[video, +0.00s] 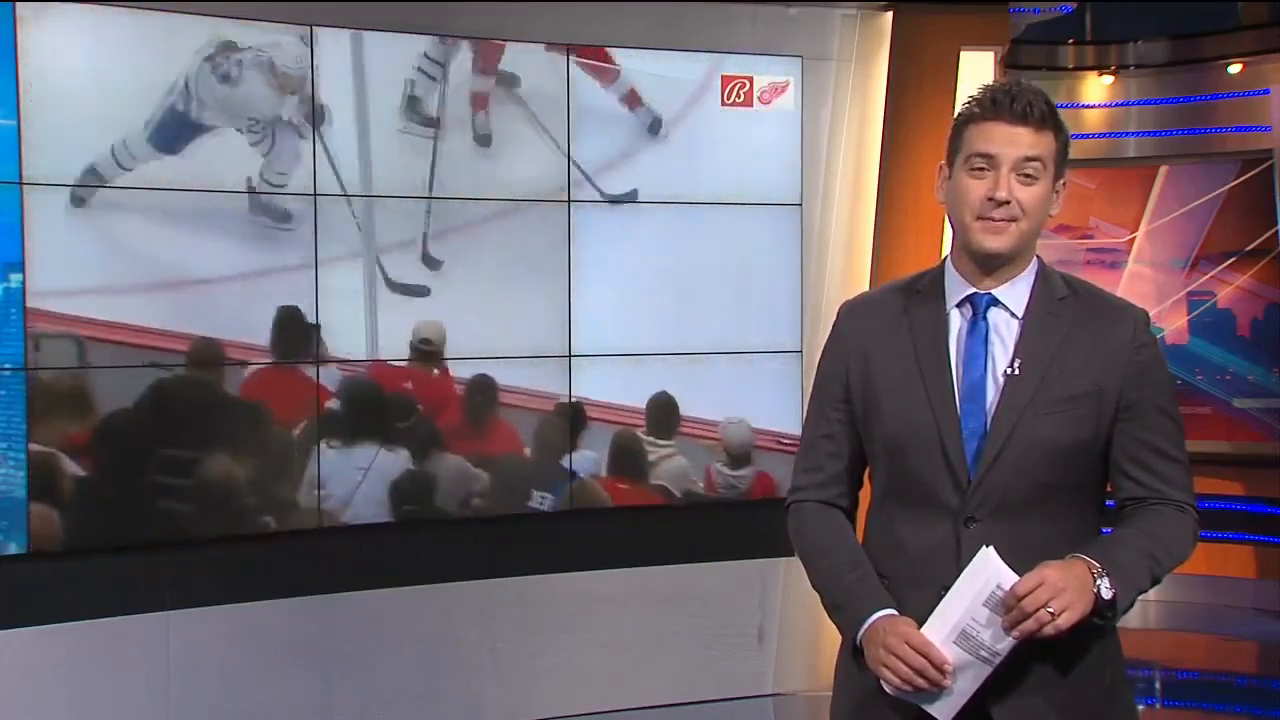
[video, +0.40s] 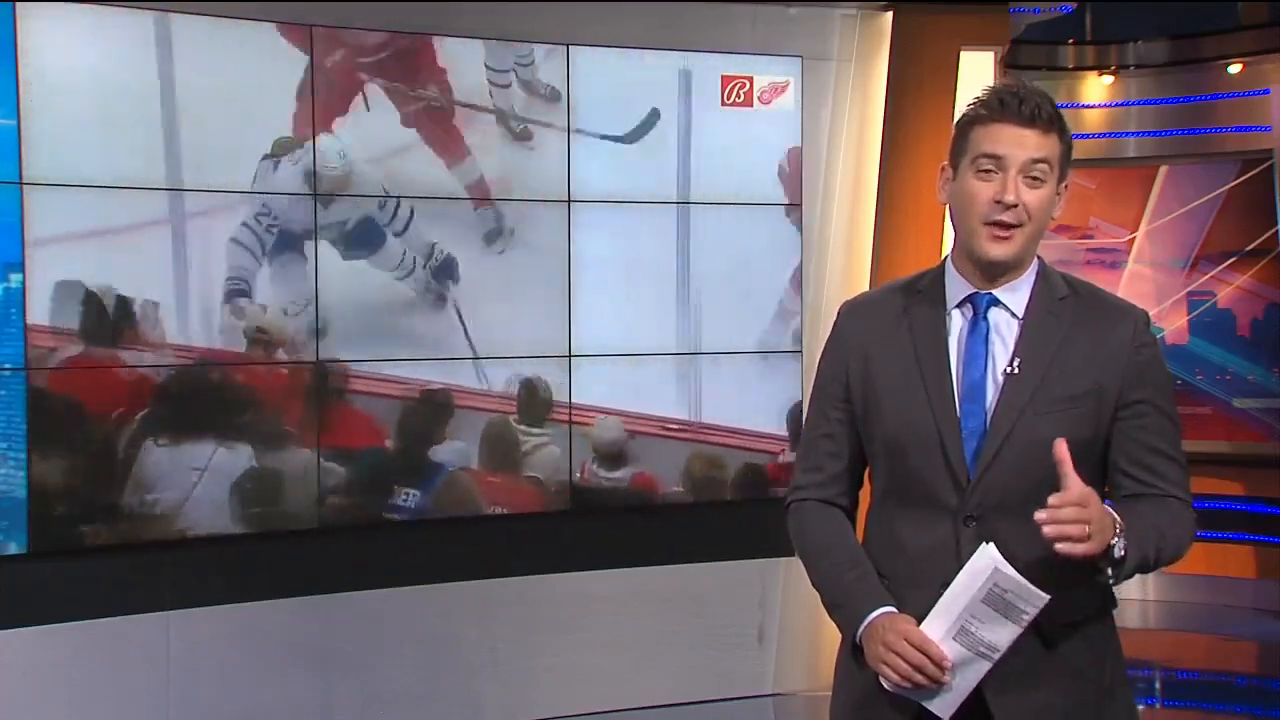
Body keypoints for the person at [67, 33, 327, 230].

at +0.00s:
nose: (295, 85)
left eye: (300, 80)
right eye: (293, 78)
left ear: (303, 78)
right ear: (279, 69)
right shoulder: (242, 77)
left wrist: (309, 114)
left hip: (254, 114)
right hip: (200, 100)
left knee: (288, 151)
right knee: (151, 145)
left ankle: (264, 199)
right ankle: (96, 175)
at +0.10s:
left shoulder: (336, 91)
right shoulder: (300, 121)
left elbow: (348, 84)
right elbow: (286, 172)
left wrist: (355, 134)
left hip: (290, 141)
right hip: (241, 128)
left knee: (342, 182)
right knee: (221, 194)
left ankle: (323, 215)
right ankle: (184, 152)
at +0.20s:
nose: (360, 129)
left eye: (365, 122)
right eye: (354, 122)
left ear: (371, 120)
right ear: (340, 116)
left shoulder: (365, 125)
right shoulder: (314, 137)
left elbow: (374, 161)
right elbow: (278, 186)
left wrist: (386, 198)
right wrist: (290, 233)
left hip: (322, 154)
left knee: (360, 202)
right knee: (278, 220)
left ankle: (367, 233)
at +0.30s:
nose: (353, 166)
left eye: (357, 160)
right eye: (347, 160)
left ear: (365, 153)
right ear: (332, 154)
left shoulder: (374, 159)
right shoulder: (297, 162)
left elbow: (397, 208)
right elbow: (261, 208)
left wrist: (415, 252)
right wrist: (254, 255)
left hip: (340, 189)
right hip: (296, 196)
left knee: (369, 217)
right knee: (308, 244)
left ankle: (410, 256)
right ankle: (323, 302)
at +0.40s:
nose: (331, 192)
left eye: (338, 185)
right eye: (324, 185)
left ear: (348, 175)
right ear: (310, 178)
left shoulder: (364, 186)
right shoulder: (282, 188)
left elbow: (403, 219)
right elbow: (247, 238)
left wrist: (434, 255)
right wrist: (238, 288)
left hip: (343, 218)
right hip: (289, 226)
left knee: (375, 245)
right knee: (286, 273)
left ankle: (425, 283)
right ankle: (303, 324)